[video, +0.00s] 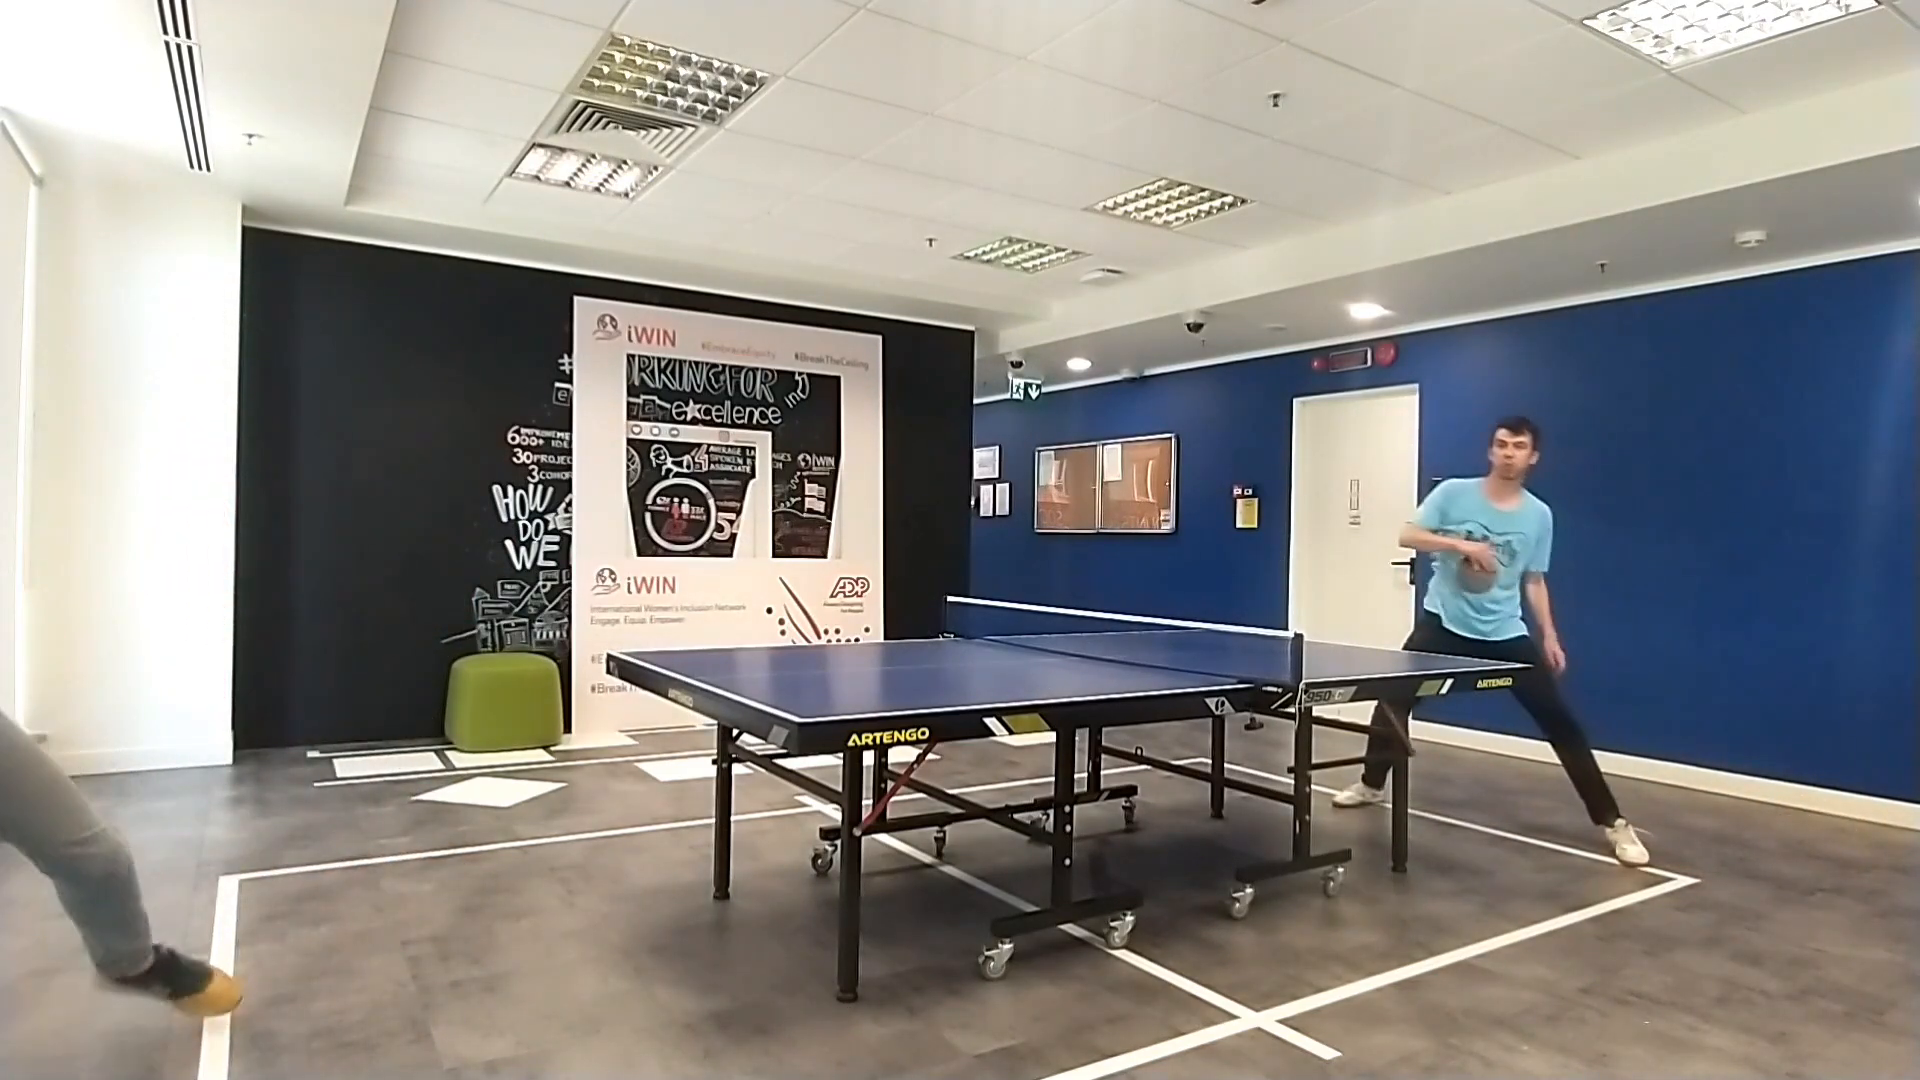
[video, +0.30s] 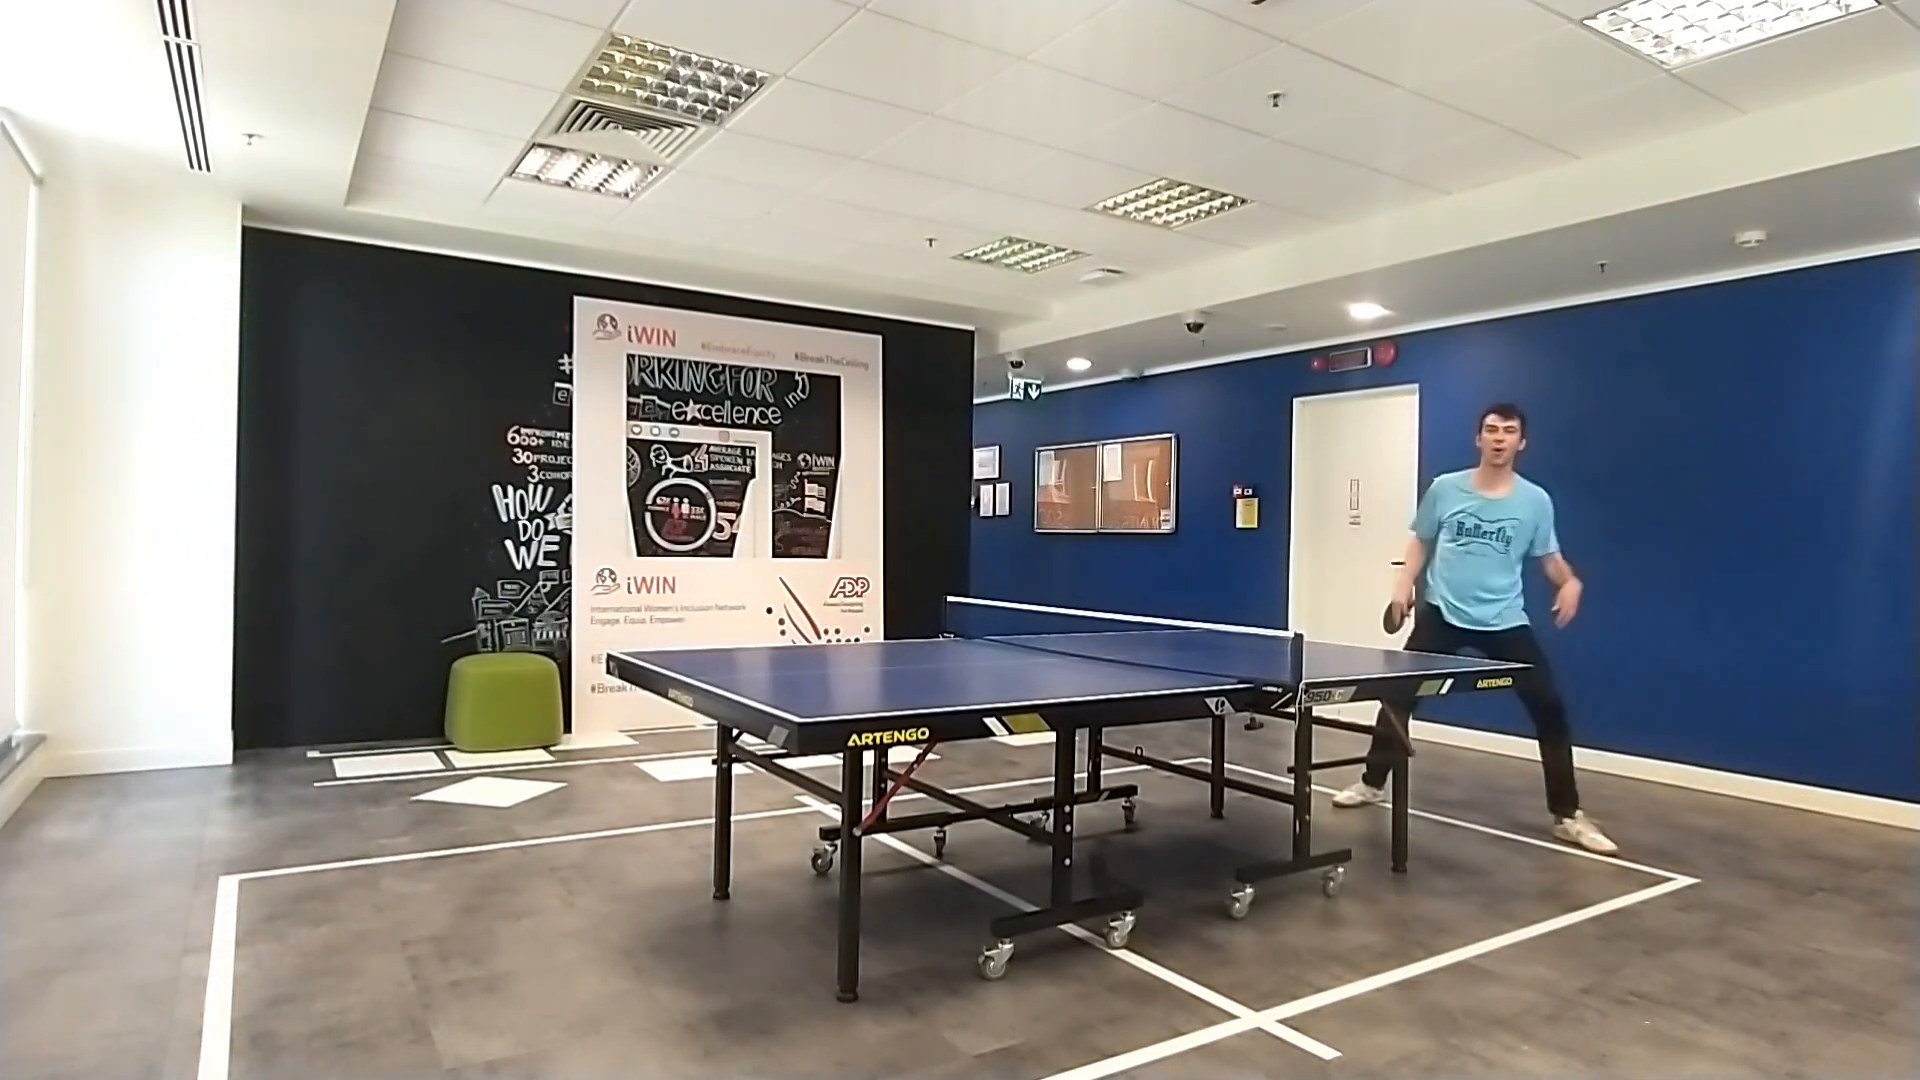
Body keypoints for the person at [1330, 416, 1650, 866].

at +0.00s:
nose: (1508, 453)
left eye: (1518, 447)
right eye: (1502, 445)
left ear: (1533, 457)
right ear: (1490, 451)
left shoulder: (1538, 514)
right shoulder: (1453, 492)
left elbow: (1534, 579)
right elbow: (1408, 536)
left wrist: (1548, 633)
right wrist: (1464, 546)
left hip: (1506, 632)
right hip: (1443, 624)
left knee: (1558, 720)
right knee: (1394, 694)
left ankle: (1614, 824)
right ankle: (1371, 784)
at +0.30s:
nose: (1498, 438)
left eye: (1507, 432)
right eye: (1491, 430)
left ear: (1521, 442)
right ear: (1478, 438)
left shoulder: (1535, 500)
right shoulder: (1443, 488)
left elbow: (1549, 556)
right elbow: (1419, 541)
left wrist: (1569, 582)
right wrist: (1403, 584)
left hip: (1505, 621)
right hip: (1442, 615)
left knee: (1549, 706)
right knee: (1398, 694)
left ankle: (1567, 815)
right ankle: (1370, 784)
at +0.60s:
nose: (1581, 433)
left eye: (1591, 428)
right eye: (1574, 424)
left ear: (1600, 440)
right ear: (1556, 431)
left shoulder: (1608, 497)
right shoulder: (1515, 473)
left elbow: (1623, 555)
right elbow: (1481, 520)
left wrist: (1628, 580)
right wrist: (1458, 568)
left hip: (1557, 613)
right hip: (1494, 602)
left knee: (1584, 706)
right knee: (1438, 687)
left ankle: (1572, 817)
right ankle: (1389, 776)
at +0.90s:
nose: (1611, 417)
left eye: (1621, 412)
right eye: (1603, 408)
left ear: (1630, 422)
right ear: (1585, 413)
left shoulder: (1637, 480)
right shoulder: (1545, 457)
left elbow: (1650, 547)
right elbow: (1520, 505)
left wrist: (1620, 578)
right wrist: (1500, 550)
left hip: (1587, 605)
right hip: (1528, 590)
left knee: (1583, 707)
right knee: (1501, 681)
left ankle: (1572, 814)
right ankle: (1534, 766)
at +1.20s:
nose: (1587, 414)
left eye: (1596, 408)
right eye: (1579, 407)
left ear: (1607, 416)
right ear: (1563, 415)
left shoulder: (1631, 466)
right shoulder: (1548, 469)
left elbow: (1679, 518)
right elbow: (1544, 532)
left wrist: (1643, 559)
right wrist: (1535, 589)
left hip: (1605, 607)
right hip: (1554, 603)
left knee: (1589, 705)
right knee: (1556, 700)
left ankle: (1572, 814)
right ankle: (1603, 775)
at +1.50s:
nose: (1556, 431)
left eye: (1560, 421)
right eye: (1546, 428)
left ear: (1576, 422)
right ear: (1540, 440)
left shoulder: (1622, 459)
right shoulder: (1552, 485)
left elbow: (1688, 487)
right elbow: (1564, 542)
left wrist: (1664, 540)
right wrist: (1571, 583)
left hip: (1626, 595)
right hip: (1578, 601)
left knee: (1617, 695)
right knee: (1590, 697)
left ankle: (1617, 809)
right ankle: (1612, 791)